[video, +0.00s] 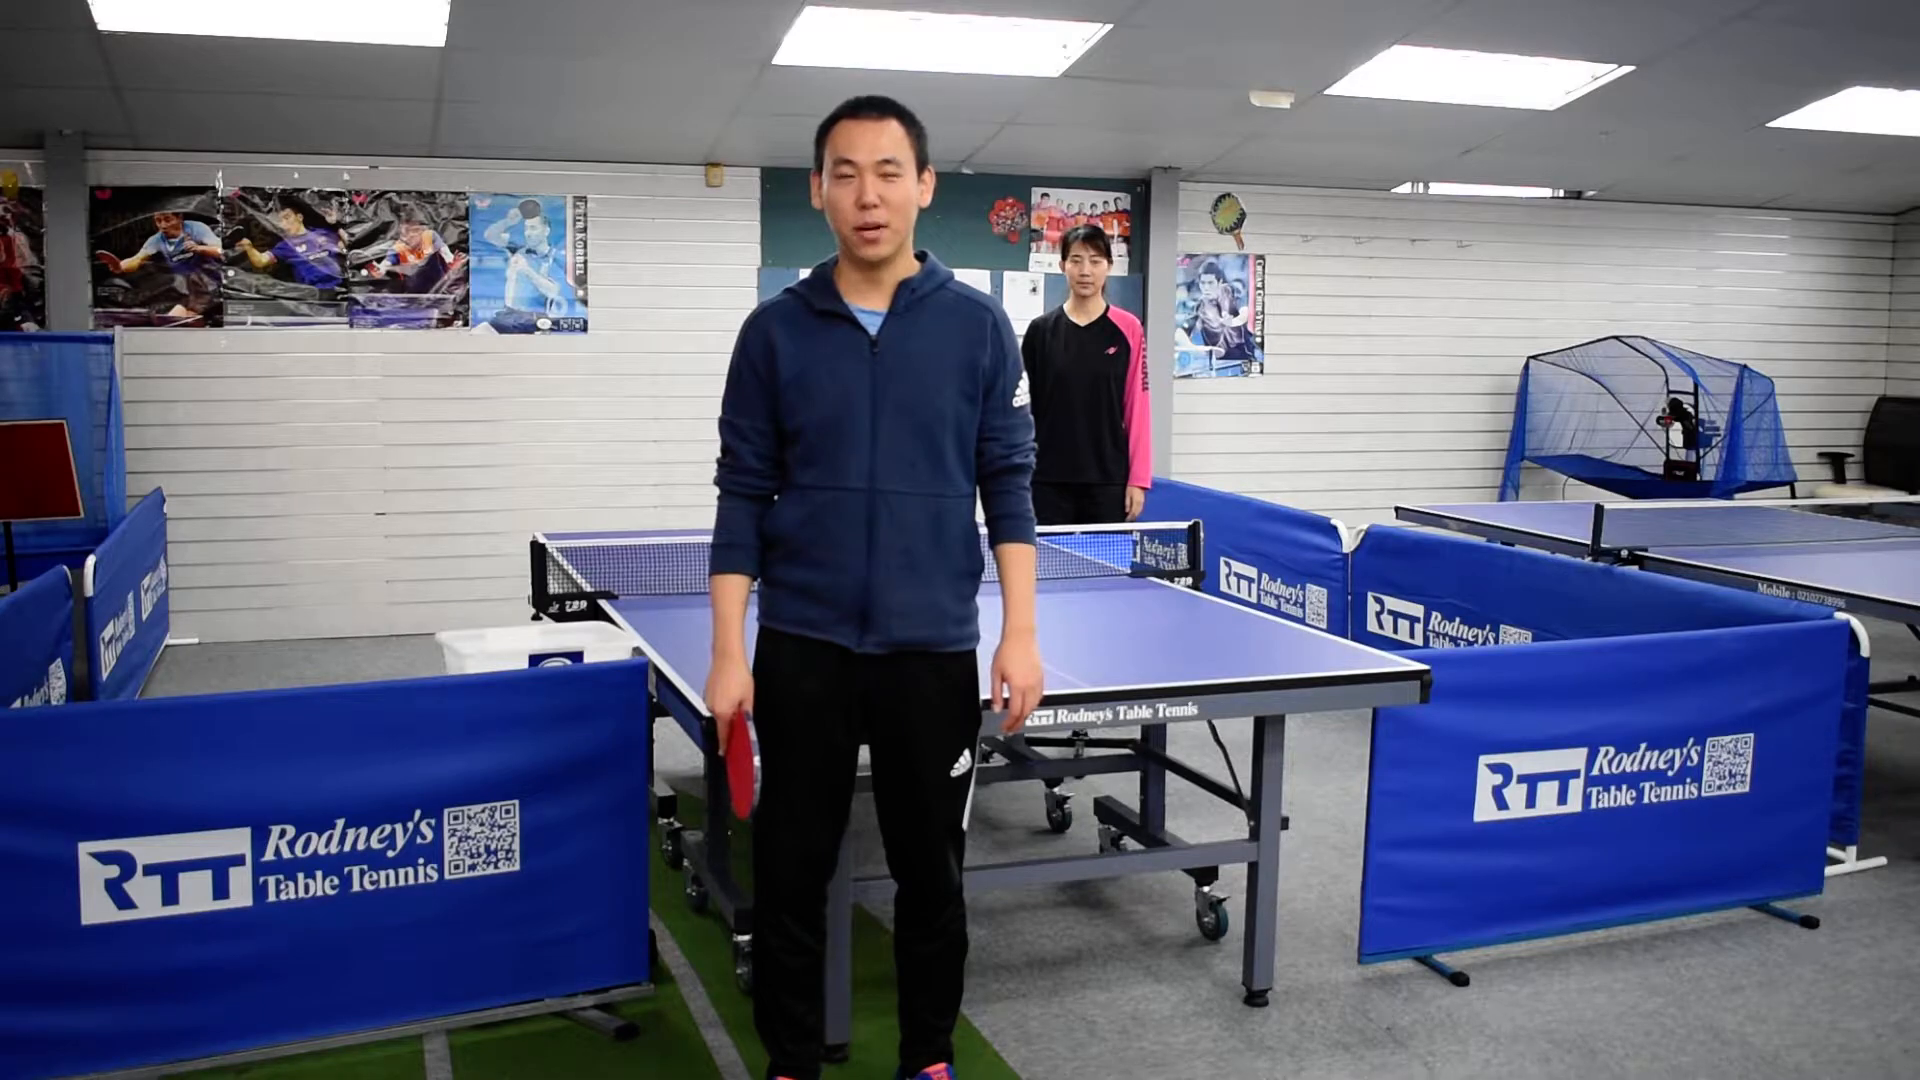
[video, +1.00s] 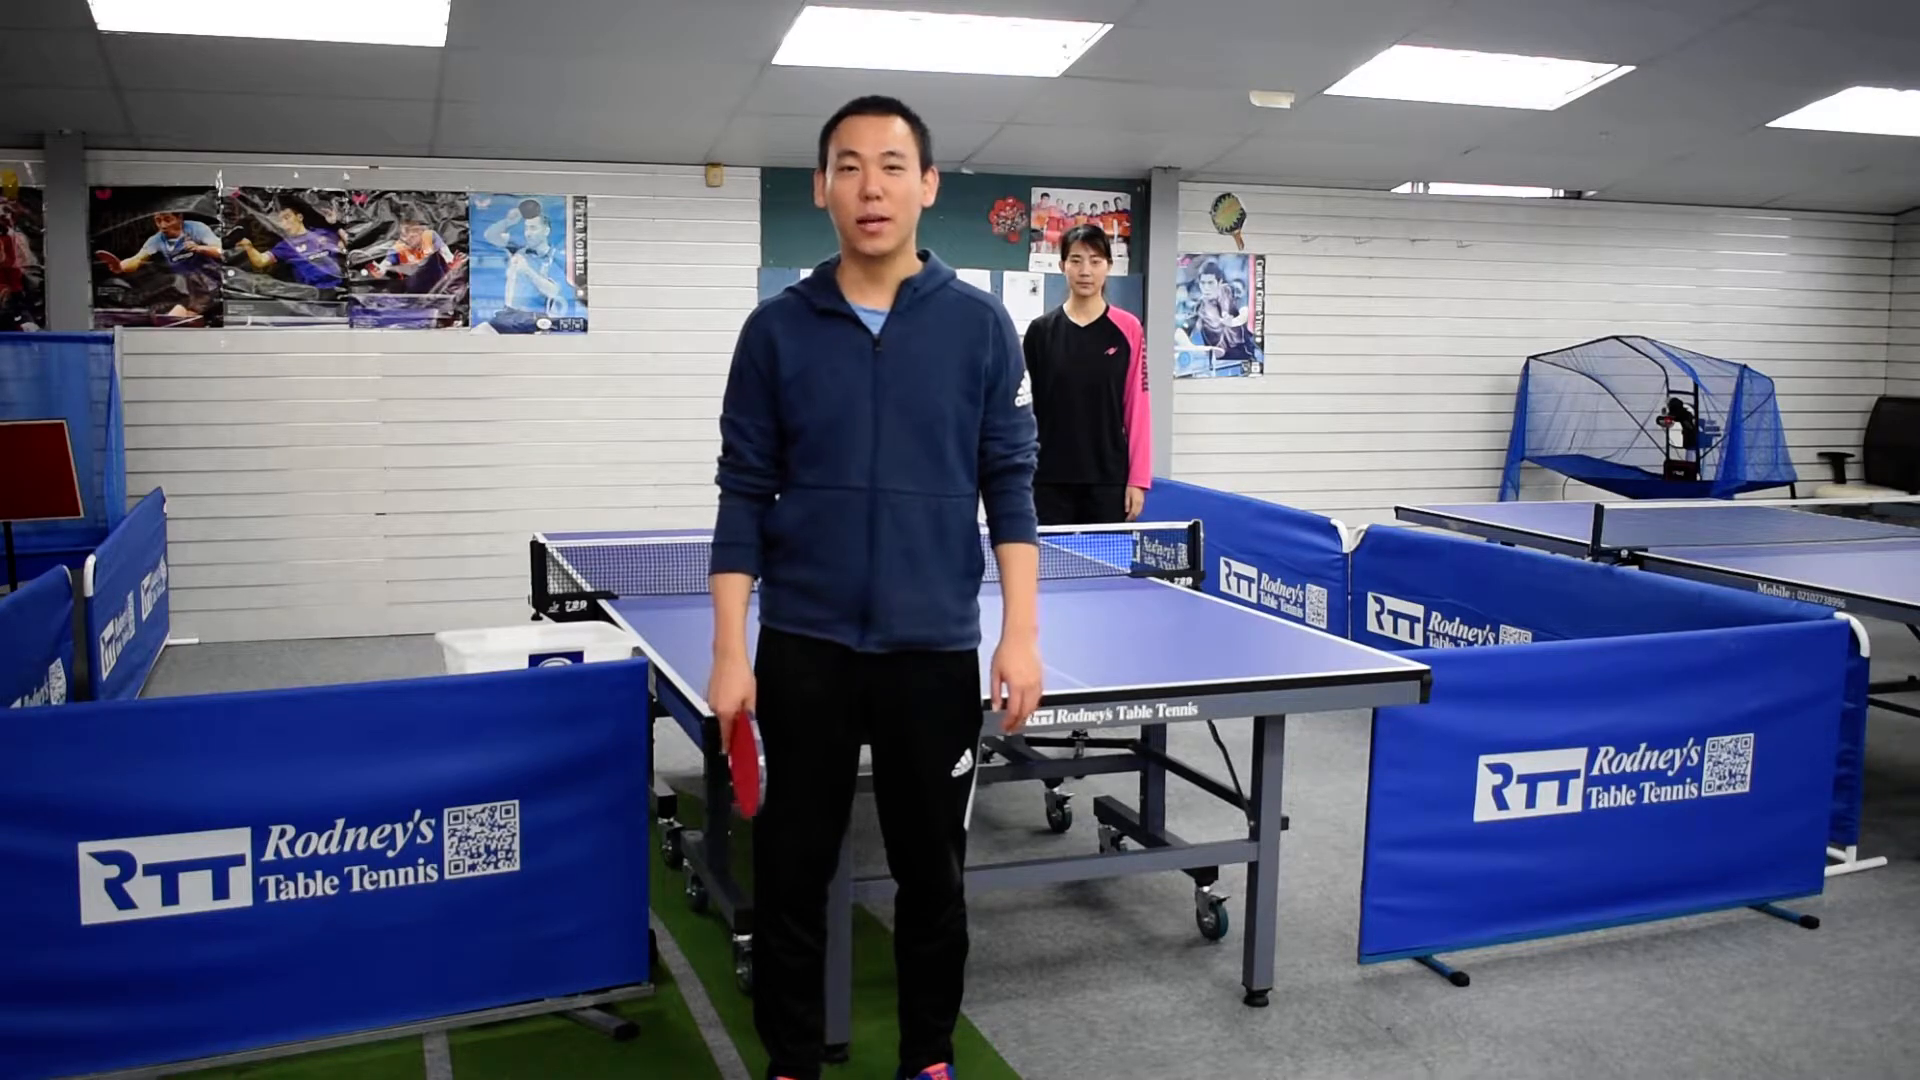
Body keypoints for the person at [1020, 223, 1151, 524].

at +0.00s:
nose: (1085, 271)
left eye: (1095, 262)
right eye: (1076, 261)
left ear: (1109, 268)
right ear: (1063, 266)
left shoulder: (1128, 329)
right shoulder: (1040, 331)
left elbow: (1137, 407)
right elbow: (1022, 405)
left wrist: (1138, 478)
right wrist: (1019, 477)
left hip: (1107, 482)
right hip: (1049, 480)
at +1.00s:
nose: (1085, 271)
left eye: (1095, 262)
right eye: (1076, 261)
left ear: (1108, 268)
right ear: (1063, 266)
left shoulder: (1128, 329)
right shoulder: (1040, 331)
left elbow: (1137, 407)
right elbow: (1023, 405)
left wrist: (1138, 479)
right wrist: (1021, 478)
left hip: (1108, 482)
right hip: (1050, 481)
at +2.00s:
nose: (1085, 271)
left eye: (1095, 262)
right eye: (1075, 261)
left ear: (1108, 268)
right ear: (1063, 266)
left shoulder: (1128, 329)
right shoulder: (1040, 331)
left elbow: (1137, 406)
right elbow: (1023, 404)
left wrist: (1138, 479)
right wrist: (1020, 476)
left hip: (1107, 482)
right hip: (1050, 480)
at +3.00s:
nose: (1085, 271)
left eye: (1095, 262)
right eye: (1076, 261)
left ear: (1108, 268)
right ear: (1063, 267)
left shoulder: (1128, 330)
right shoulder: (1040, 331)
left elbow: (1136, 407)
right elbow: (1023, 404)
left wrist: (1138, 478)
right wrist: (1020, 476)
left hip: (1107, 482)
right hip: (1049, 480)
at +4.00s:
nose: (1086, 271)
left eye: (1096, 262)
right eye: (1076, 261)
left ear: (1109, 268)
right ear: (1064, 266)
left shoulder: (1128, 329)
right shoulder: (1040, 331)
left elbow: (1137, 407)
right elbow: (1023, 405)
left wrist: (1138, 478)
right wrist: (1021, 477)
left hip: (1108, 481)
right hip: (1050, 480)